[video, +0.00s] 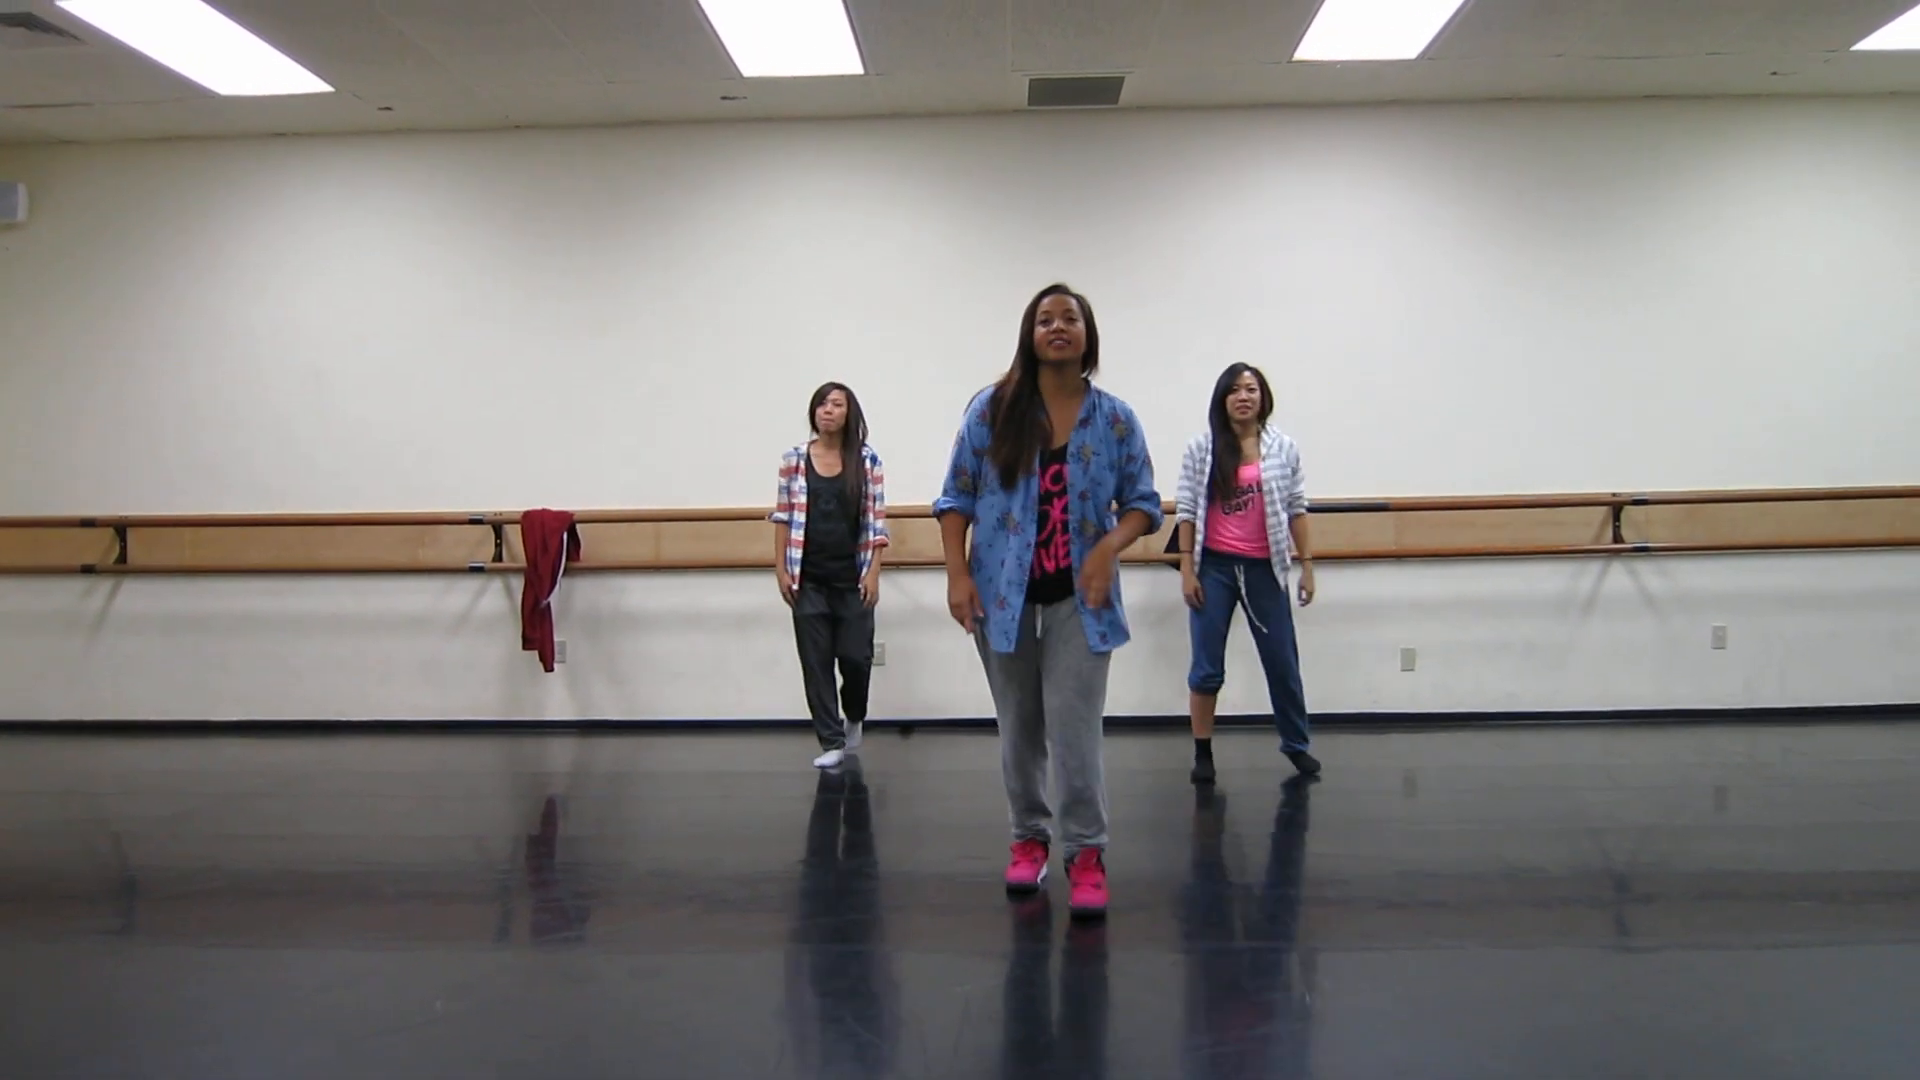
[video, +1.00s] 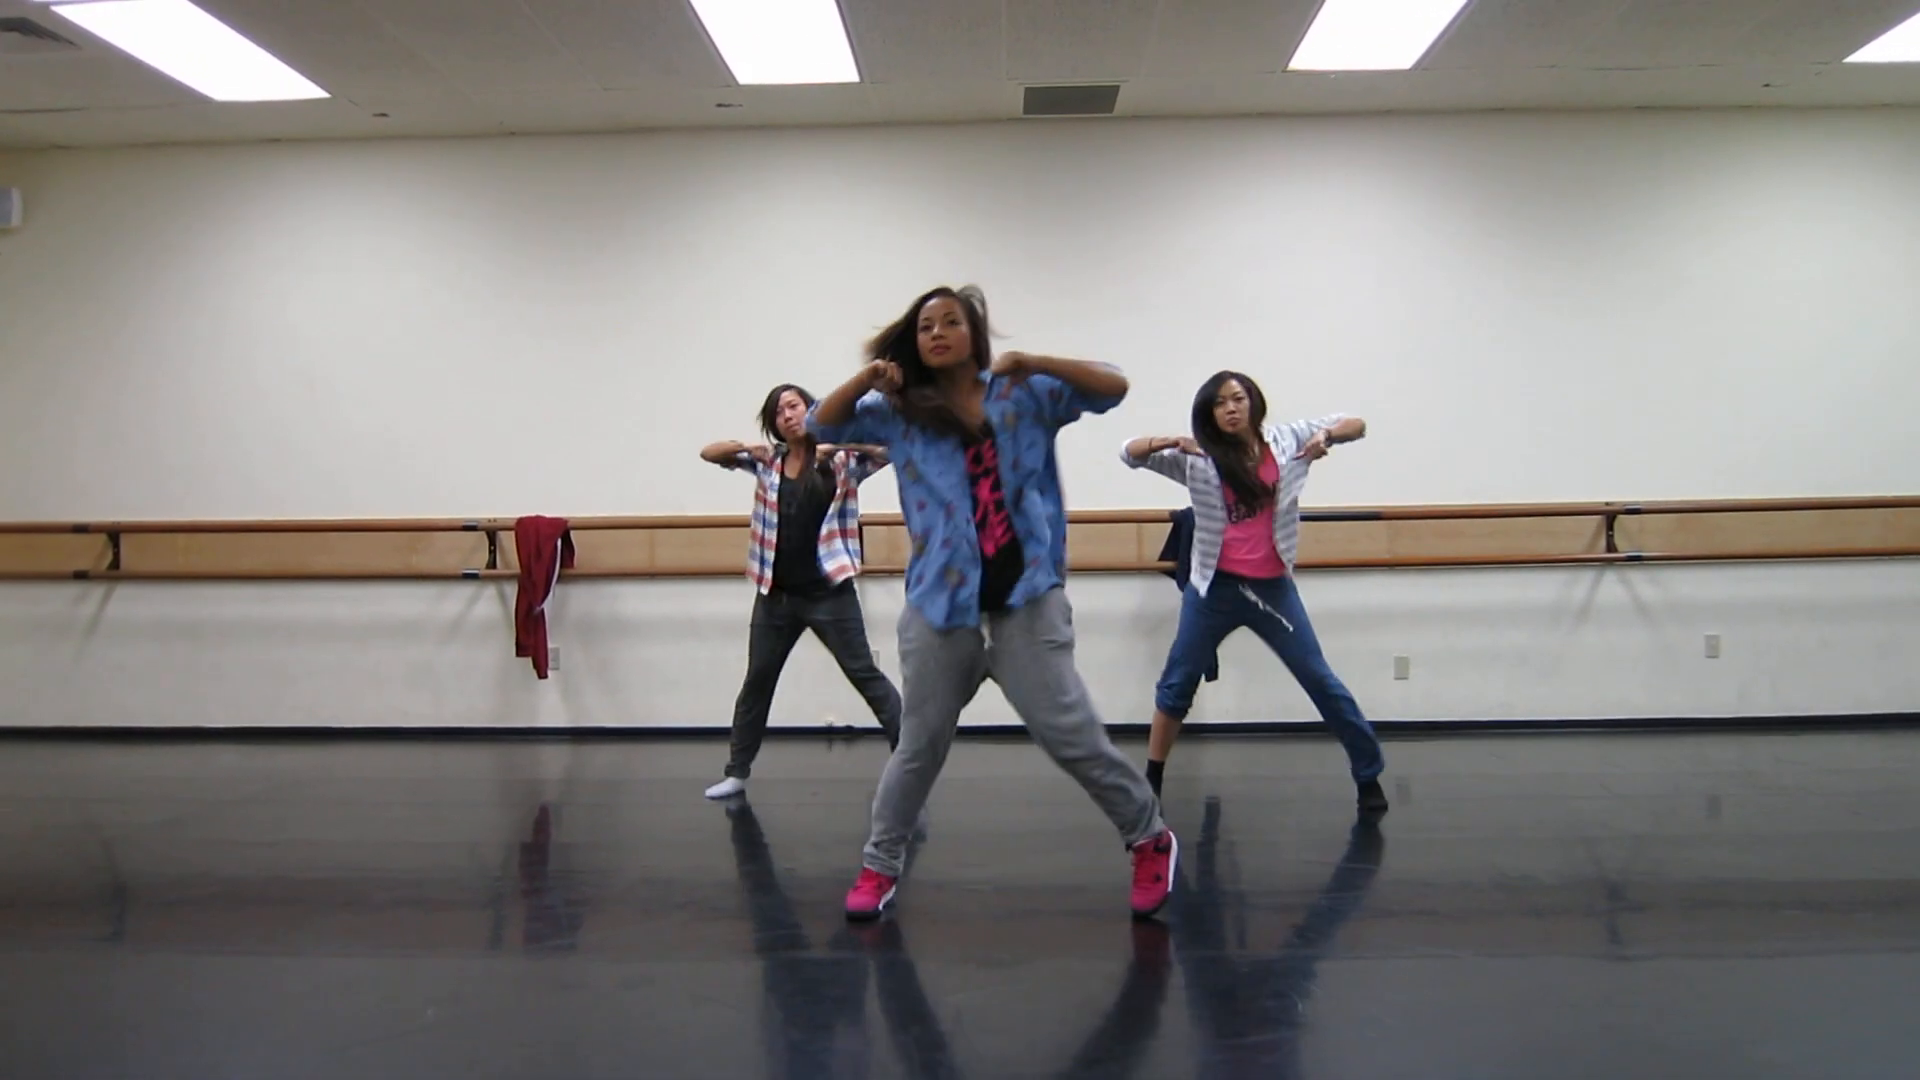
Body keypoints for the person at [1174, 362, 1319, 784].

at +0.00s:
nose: (1243, 396)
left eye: (1251, 390)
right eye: (1234, 390)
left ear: (1263, 399)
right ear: (1221, 400)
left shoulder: (1282, 448)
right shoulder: (1201, 449)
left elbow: (1296, 509)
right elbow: (1187, 512)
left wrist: (1305, 564)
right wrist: (1187, 569)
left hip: (1265, 567)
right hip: (1214, 566)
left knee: (1283, 661)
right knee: (1206, 665)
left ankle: (1297, 746)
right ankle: (1203, 754)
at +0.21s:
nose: (1229, 396)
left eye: (1237, 389)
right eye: (1220, 390)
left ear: (1249, 398)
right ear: (1206, 400)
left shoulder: (1269, 448)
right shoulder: (1188, 448)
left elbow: (1278, 512)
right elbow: (1168, 511)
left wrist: (1284, 568)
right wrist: (1169, 569)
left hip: (1253, 566)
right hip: (1201, 566)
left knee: (1279, 656)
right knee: (1199, 663)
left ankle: (1265, 743)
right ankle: (1196, 753)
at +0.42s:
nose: (1233, 397)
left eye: (1240, 390)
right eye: (1223, 393)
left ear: (1253, 399)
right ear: (1210, 406)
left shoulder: (1275, 445)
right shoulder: (1198, 450)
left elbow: (1303, 484)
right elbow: (1171, 487)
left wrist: (1322, 512)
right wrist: (1156, 520)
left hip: (1262, 579)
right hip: (1209, 577)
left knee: (1270, 679)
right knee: (1201, 676)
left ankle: (1270, 780)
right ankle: (1200, 751)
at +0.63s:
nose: (1261, 409)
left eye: (1267, 402)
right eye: (1251, 403)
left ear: (1275, 412)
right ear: (1232, 414)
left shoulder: (1287, 460)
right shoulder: (1214, 458)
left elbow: (1313, 503)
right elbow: (1203, 511)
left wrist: (1319, 515)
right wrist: (1212, 506)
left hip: (1268, 579)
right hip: (1219, 578)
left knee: (1281, 668)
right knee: (1266, 641)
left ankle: (1273, 773)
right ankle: (1267, 742)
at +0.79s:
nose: (1252, 410)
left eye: (1259, 402)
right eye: (1242, 404)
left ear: (1270, 410)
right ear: (1227, 413)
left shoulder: (1287, 455)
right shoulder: (1209, 456)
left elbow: (1295, 512)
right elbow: (1220, 501)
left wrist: (1241, 518)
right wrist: (1287, 499)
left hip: (1274, 577)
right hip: (1223, 576)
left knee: (1290, 671)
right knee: (1269, 635)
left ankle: (1269, 777)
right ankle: (1281, 740)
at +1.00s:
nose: (1231, 409)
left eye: (1238, 399)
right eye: (1220, 403)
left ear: (1254, 403)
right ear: (1210, 414)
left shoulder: (1285, 439)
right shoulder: (1196, 460)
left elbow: (1356, 425)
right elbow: (1130, 453)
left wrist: (1328, 435)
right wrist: (1166, 443)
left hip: (1272, 589)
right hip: (1210, 589)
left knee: (1319, 680)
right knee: (1176, 686)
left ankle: (1367, 775)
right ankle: (1151, 783)